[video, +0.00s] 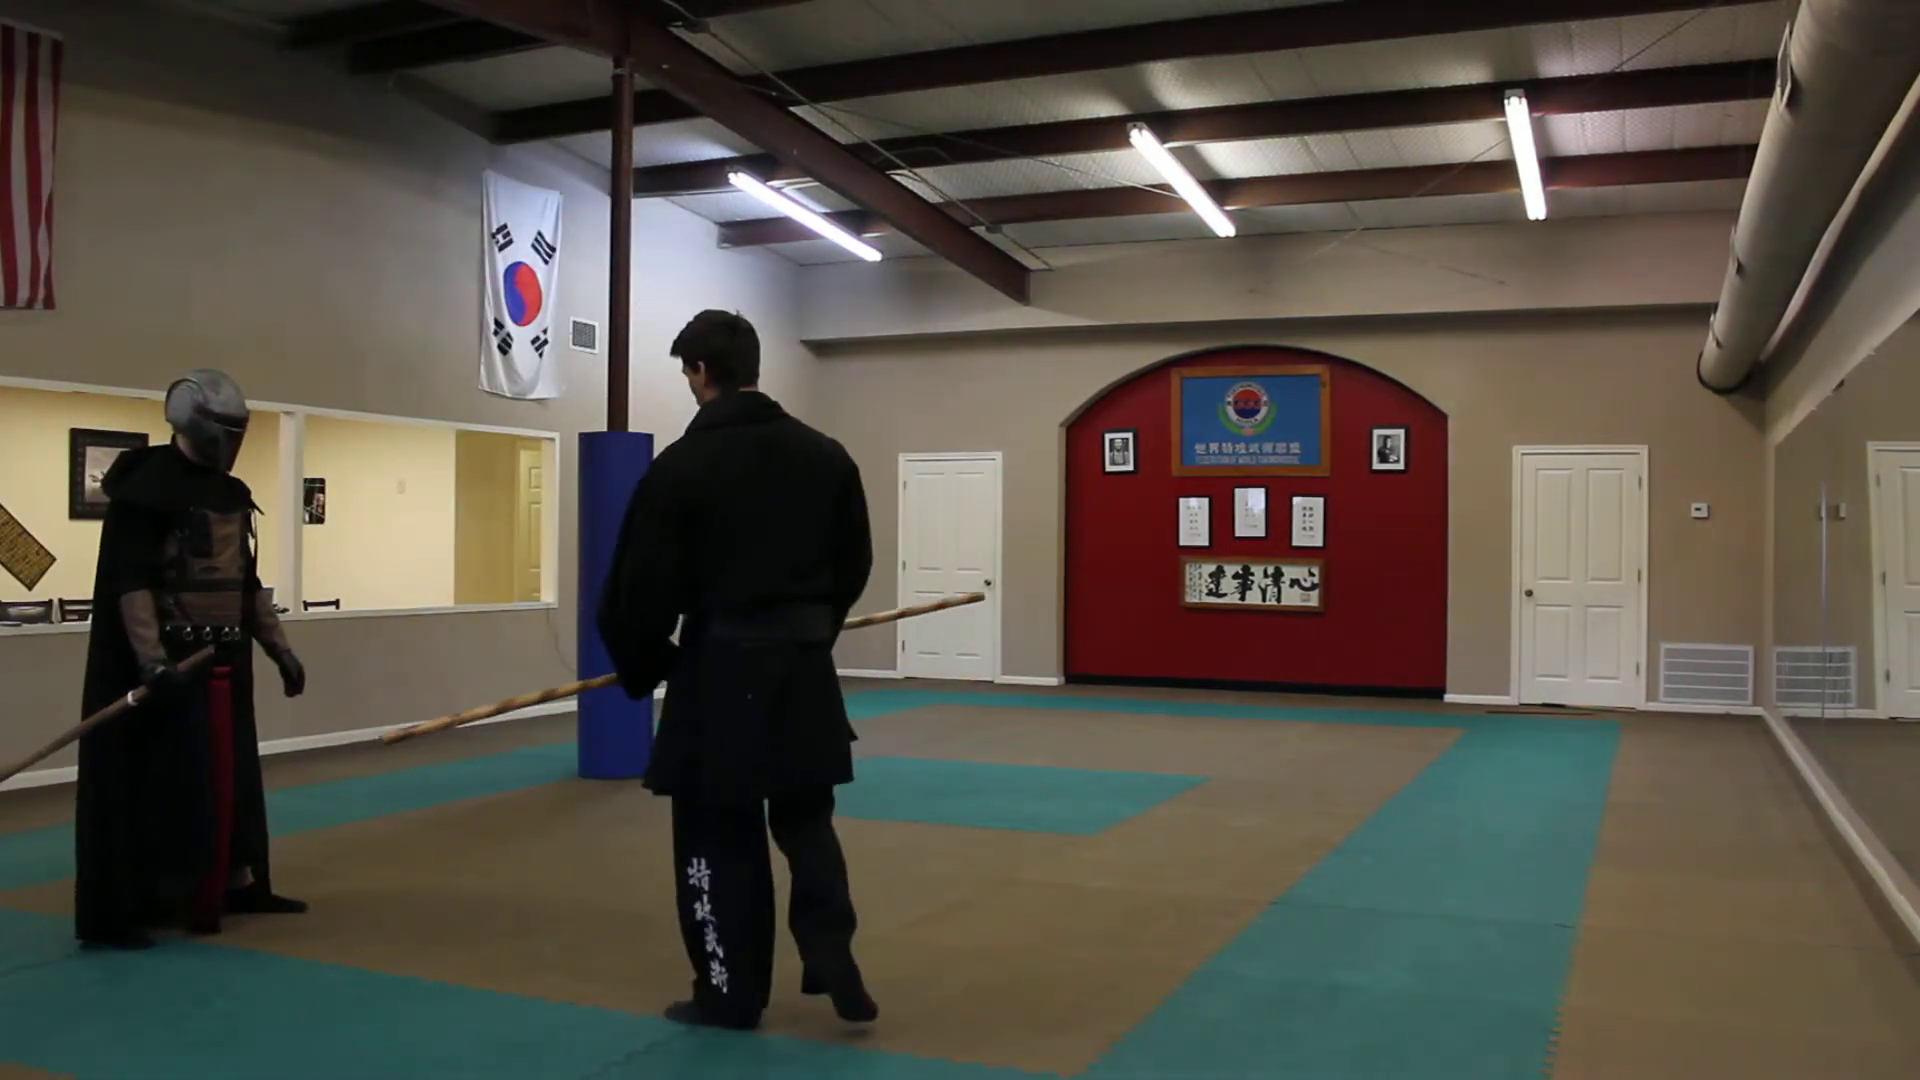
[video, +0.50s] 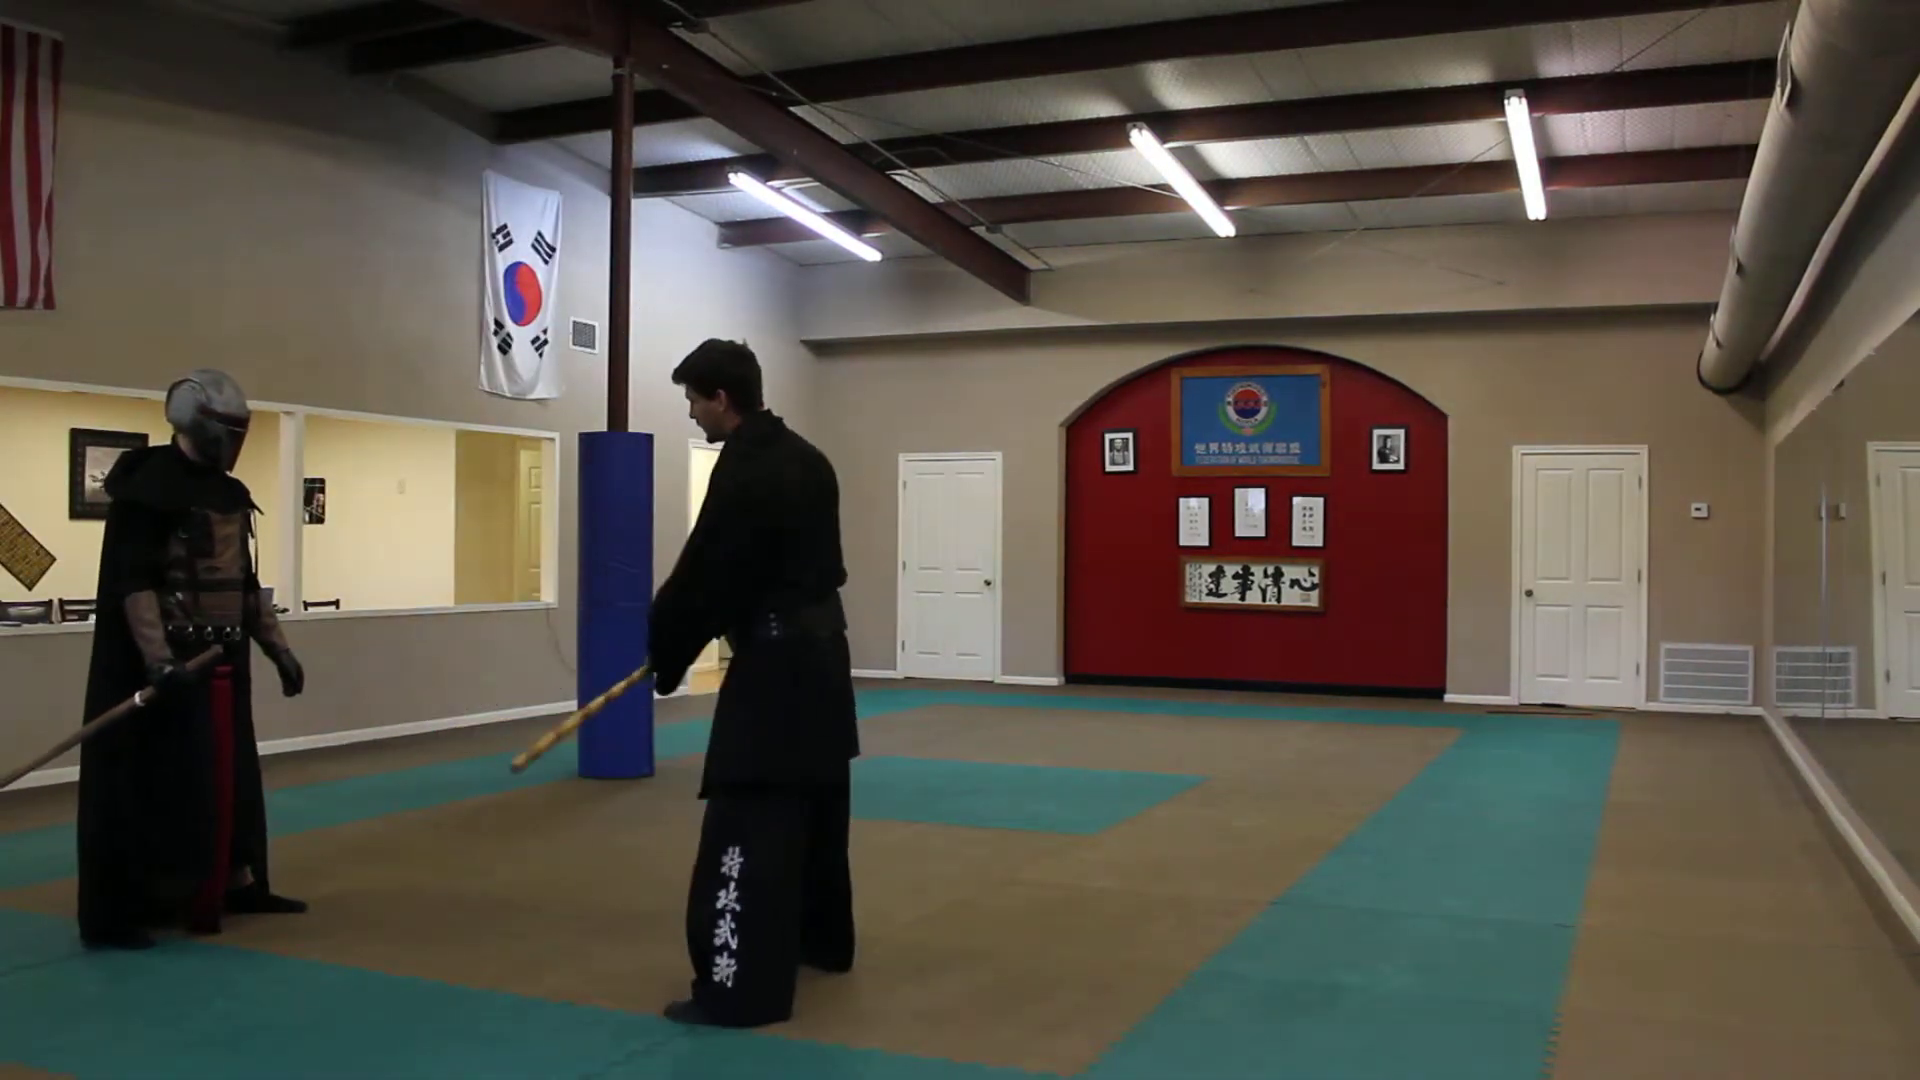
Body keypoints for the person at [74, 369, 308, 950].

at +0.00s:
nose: (234, 439)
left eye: (238, 428)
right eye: (224, 427)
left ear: (238, 426)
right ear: (188, 424)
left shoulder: (231, 494)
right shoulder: (145, 480)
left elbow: (244, 584)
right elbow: (129, 578)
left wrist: (281, 649)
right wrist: (151, 658)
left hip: (219, 663)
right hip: (152, 662)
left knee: (229, 774)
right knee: (141, 782)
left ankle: (232, 888)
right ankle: (121, 911)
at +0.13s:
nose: (235, 439)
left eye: (239, 428)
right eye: (225, 427)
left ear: (238, 426)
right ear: (188, 425)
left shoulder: (230, 494)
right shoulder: (145, 481)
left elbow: (244, 582)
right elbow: (131, 579)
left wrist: (282, 648)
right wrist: (154, 657)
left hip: (218, 664)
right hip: (151, 663)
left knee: (228, 775)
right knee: (140, 783)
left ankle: (232, 888)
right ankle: (120, 912)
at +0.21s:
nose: (236, 439)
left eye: (239, 428)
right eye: (225, 427)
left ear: (238, 426)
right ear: (187, 425)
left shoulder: (229, 493)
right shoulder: (145, 482)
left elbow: (244, 582)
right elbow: (131, 579)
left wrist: (282, 648)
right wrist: (155, 657)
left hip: (218, 663)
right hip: (151, 662)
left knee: (228, 774)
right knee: (141, 782)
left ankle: (233, 888)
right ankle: (120, 912)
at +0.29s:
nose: (235, 439)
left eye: (239, 428)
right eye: (225, 427)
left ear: (238, 426)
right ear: (188, 425)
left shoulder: (229, 494)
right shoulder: (146, 482)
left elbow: (244, 582)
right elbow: (132, 580)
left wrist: (282, 648)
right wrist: (157, 657)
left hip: (218, 664)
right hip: (151, 663)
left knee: (228, 775)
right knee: (141, 783)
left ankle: (233, 888)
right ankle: (120, 913)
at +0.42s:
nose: (237, 439)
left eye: (240, 428)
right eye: (228, 427)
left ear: (236, 426)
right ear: (190, 425)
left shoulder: (229, 494)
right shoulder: (146, 482)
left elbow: (244, 583)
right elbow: (132, 580)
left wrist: (281, 649)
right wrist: (158, 658)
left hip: (218, 665)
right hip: (151, 664)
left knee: (229, 776)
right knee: (141, 783)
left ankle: (233, 888)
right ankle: (119, 913)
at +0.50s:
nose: (238, 439)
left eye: (241, 428)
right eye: (229, 427)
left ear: (233, 425)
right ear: (191, 424)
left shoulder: (229, 495)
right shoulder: (146, 483)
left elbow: (243, 585)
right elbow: (132, 580)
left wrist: (281, 650)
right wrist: (158, 658)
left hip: (218, 664)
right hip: (151, 664)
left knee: (229, 775)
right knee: (140, 783)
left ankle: (233, 888)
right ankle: (119, 912)